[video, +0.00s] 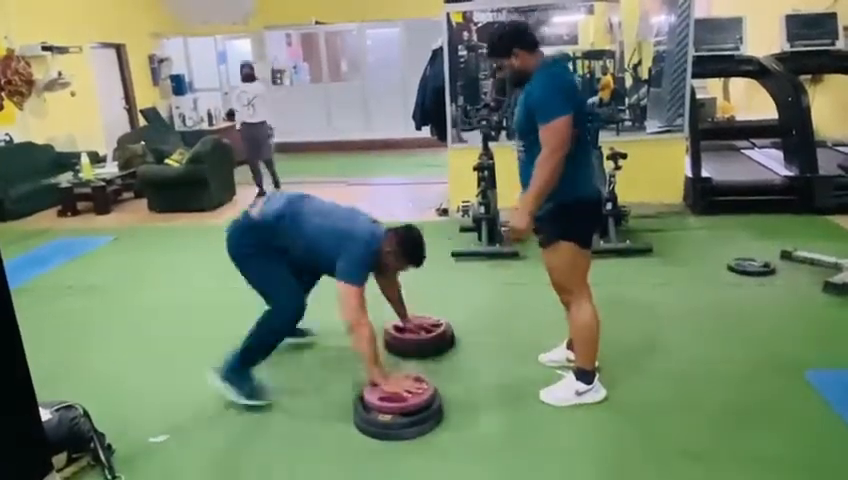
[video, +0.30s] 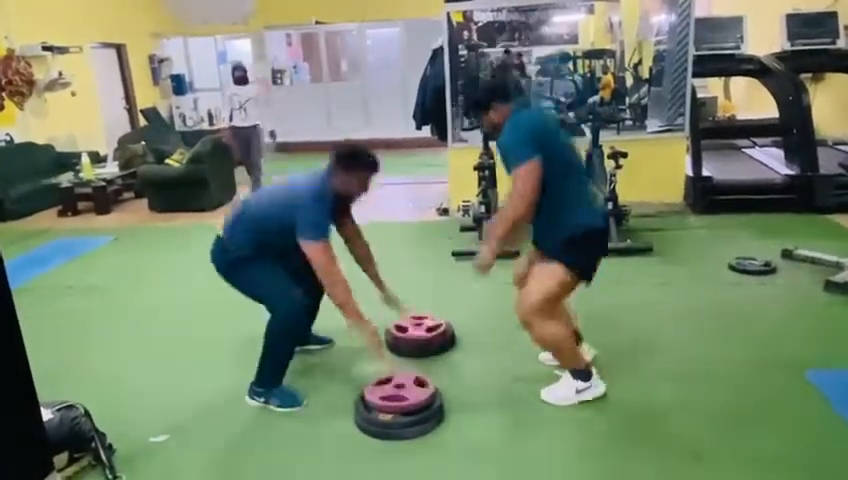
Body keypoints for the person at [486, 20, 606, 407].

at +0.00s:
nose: (504, 71)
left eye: (504, 63)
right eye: (501, 65)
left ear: (519, 53)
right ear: (524, 51)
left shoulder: (548, 83)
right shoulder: (548, 78)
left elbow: (555, 149)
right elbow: (557, 145)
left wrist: (526, 206)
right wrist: (531, 202)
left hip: (567, 202)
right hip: (561, 201)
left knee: (574, 292)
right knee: (569, 284)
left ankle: (586, 380)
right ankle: (577, 347)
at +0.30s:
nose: (483, 127)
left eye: (483, 118)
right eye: (480, 119)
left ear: (495, 108)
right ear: (505, 104)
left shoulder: (517, 130)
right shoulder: (534, 120)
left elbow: (525, 192)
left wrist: (493, 240)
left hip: (578, 229)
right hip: (567, 223)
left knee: (535, 307)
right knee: (526, 281)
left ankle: (583, 377)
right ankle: (572, 346)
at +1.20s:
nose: (368, 368)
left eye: (364, 364)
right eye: (364, 365)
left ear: (366, 352)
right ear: (371, 332)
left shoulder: (387, 337)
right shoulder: (399, 308)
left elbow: (423, 332)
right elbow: (443, 291)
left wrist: (413, 373)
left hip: (498, 331)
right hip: (500, 303)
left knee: (568, 381)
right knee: (567, 334)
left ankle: (666, 397)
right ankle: (646, 327)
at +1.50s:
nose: (365, 282)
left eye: (361, 277)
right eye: (361, 278)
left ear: (364, 264)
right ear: (372, 250)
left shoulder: (391, 272)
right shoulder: (406, 248)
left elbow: (414, 323)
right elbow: (427, 310)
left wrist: (414, 376)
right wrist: (418, 347)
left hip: (494, 332)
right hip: (500, 308)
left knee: (561, 375)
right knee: (567, 330)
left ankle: (664, 396)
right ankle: (646, 325)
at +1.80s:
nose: (379, 271)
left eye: (375, 266)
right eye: (375, 268)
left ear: (379, 254)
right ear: (384, 240)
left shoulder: (409, 260)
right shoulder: (415, 239)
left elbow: (419, 321)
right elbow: (428, 298)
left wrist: (415, 369)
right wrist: (420, 335)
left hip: (513, 306)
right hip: (516, 287)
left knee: (574, 365)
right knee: (580, 320)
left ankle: (677, 395)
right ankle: (657, 327)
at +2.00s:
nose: (423, 279)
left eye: (419, 274)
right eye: (419, 276)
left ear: (422, 261)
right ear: (426, 249)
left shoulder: (445, 260)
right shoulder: (448, 242)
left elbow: (439, 329)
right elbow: (446, 312)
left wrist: (418, 372)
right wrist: (439, 337)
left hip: (561, 252)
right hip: (567, 238)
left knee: (523, 336)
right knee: (562, 301)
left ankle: (605, 376)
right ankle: (608, 332)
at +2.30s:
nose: (475, 256)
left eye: (474, 250)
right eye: (472, 250)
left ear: (484, 243)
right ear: (492, 233)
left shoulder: (510, 259)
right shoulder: (512, 239)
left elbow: (471, 329)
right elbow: (480, 285)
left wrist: (423, 363)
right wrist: (439, 310)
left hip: (612, 304)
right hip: (607, 288)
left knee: (535, 324)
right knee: (536, 305)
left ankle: (595, 383)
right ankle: (588, 350)